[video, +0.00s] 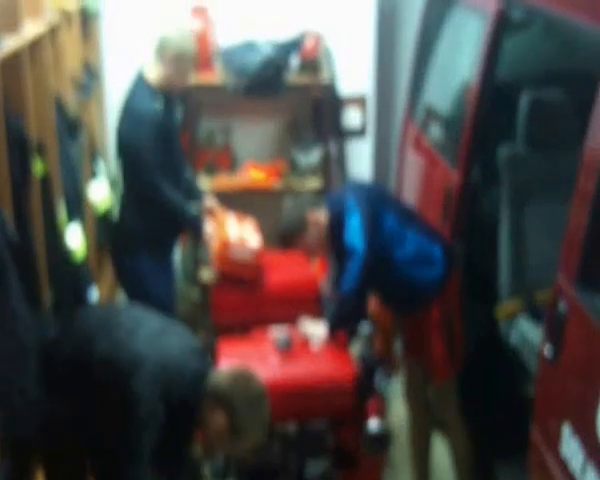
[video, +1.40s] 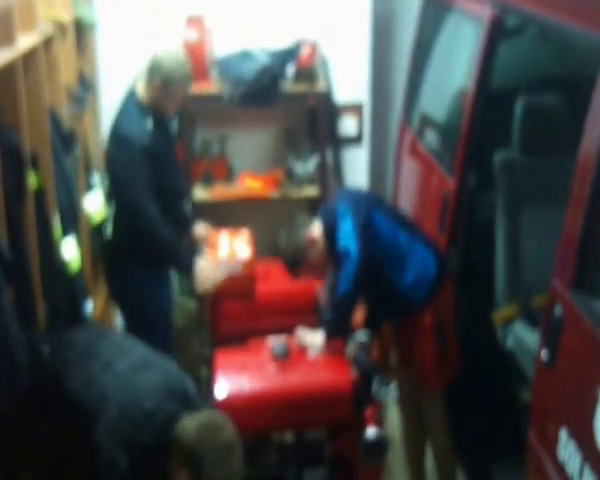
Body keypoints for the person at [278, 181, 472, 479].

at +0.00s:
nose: (312, 251)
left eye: (307, 244)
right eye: (305, 248)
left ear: (313, 223)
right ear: (315, 224)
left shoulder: (354, 200)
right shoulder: (340, 229)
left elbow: (359, 261)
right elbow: (347, 281)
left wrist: (335, 323)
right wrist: (335, 326)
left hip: (438, 292)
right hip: (410, 302)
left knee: (445, 397)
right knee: (416, 400)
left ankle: (464, 471)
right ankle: (415, 471)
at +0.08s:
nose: (313, 254)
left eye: (307, 247)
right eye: (307, 251)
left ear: (309, 226)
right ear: (311, 227)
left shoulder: (352, 200)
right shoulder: (340, 237)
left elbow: (358, 260)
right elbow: (340, 281)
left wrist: (336, 324)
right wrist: (335, 328)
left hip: (438, 291)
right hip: (410, 302)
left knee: (444, 393)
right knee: (416, 393)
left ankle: (466, 470)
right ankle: (417, 470)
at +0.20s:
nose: (313, 263)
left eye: (308, 257)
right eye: (308, 262)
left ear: (307, 235)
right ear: (307, 238)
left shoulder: (345, 208)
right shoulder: (337, 251)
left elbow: (352, 258)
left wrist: (334, 327)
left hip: (437, 291)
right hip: (408, 306)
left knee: (443, 398)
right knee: (414, 399)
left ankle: (472, 470)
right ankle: (417, 472)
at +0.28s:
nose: (314, 270)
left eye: (309, 264)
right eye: (309, 268)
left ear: (307, 243)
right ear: (308, 245)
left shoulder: (344, 211)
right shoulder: (336, 254)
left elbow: (347, 272)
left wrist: (333, 331)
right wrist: (384, 355)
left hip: (436, 294)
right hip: (407, 307)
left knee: (446, 401)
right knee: (413, 398)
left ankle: (473, 471)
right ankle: (418, 473)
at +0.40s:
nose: (314, 281)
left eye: (309, 276)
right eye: (309, 279)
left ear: (305, 254)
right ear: (308, 255)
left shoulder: (338, 220)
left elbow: (342, 282)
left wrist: (330, 333)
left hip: (434, 292)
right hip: (405, 310)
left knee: (446, 400)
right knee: (409, 394)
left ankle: (473, 471)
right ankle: (417, 472)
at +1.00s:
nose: (316, 312)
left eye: (310, 307)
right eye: (310, 312)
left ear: (306, 282)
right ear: (308, 281)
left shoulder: (334, 234)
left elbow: (339, 284)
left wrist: (326, 337)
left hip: (430, 292)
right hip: (396, 313)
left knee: (440, 412)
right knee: (401, 407)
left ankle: (466, 473)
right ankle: (413, 474)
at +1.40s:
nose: (318, 273)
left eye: (313, 268)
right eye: (313, 272)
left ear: (312, 243)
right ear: (314, 242)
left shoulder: (345, 207)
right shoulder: (339, 239)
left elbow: (353, 267)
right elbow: (372, 288)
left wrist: (330, 330)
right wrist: (373, 337)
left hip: (428, 298)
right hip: (402, 308)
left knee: (432, 396)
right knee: (408, 399)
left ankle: (446, 472)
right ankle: (414, 471)